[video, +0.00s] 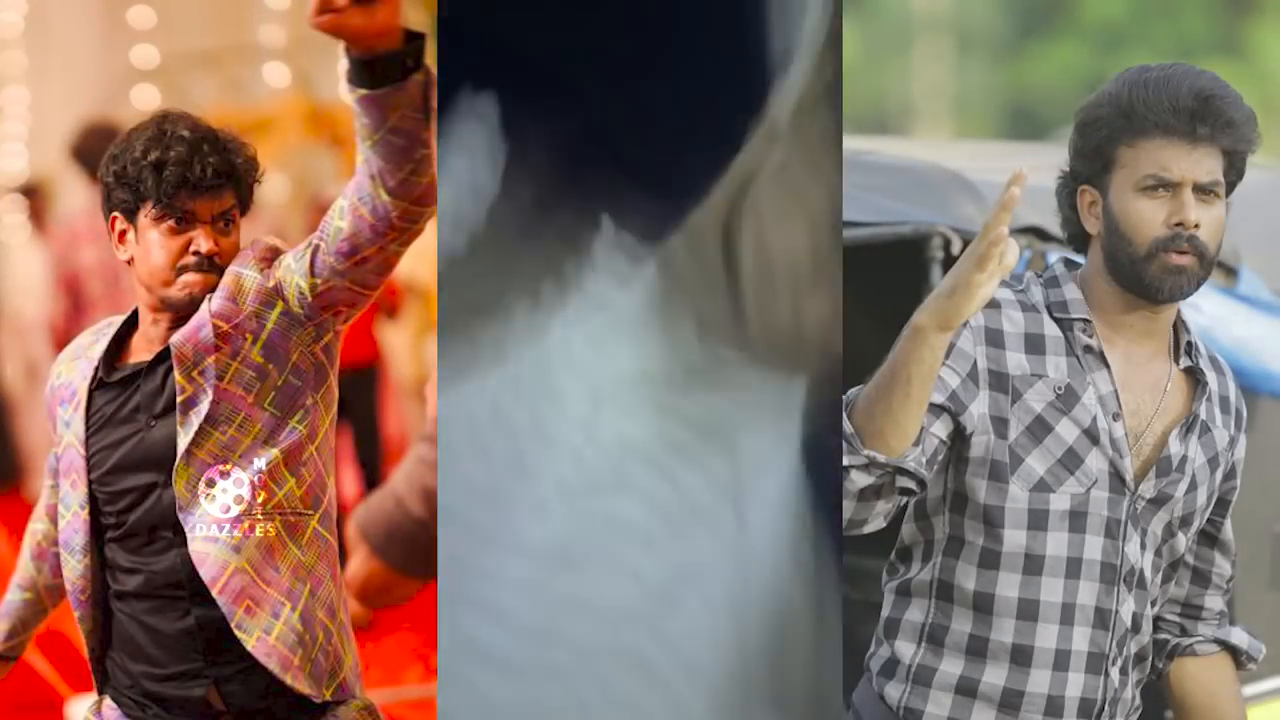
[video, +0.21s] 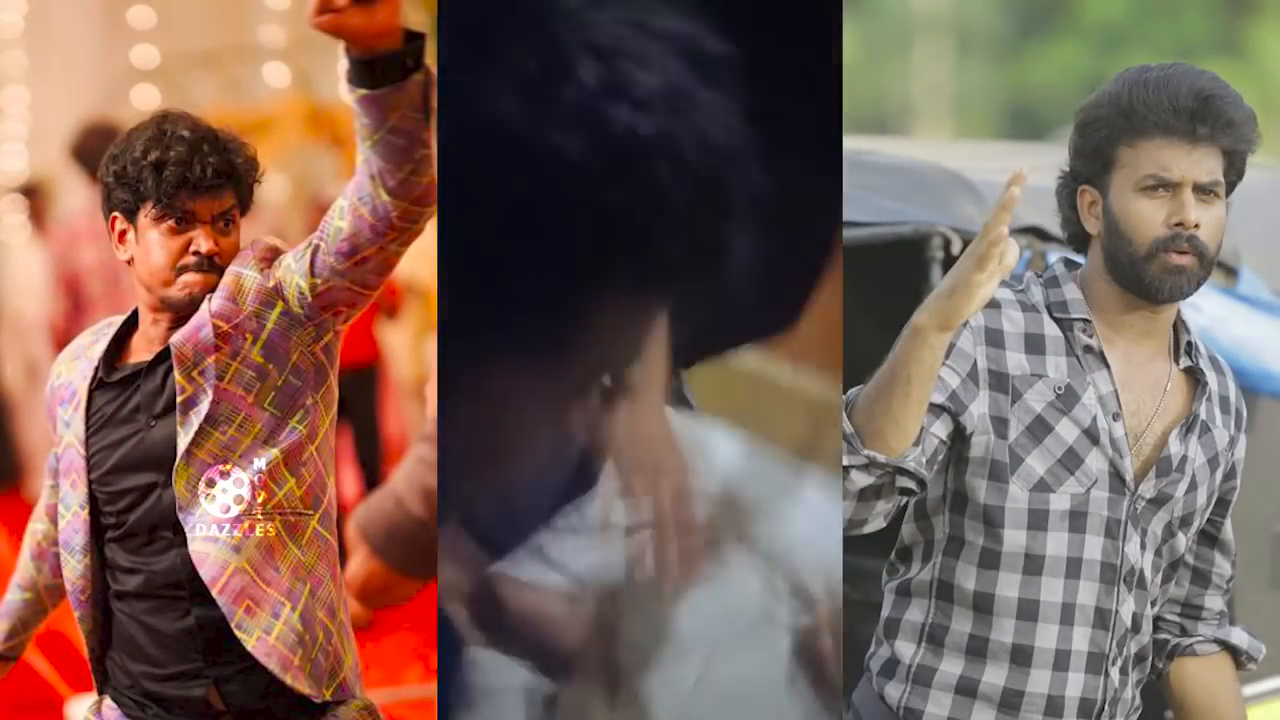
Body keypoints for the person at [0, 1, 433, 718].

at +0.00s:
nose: (206, 245)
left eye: (223, 222)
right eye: (179, 222)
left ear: (243, 230)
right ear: (122, 236)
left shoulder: (287, 312)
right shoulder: (76, 373)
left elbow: (394, 199)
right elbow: (56, 524)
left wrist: (380, 52)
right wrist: (7, 634)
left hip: (291, 700)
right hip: (140, 705)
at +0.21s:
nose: (206, 245)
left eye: (223, 222)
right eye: (179, 222)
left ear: (243, 230)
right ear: (123, 236)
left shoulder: (287, 312)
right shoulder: (76, 373)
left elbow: (394, 200)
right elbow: (56, 524)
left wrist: (380, 52)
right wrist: (7, 634)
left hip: (290, 700)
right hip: (140, 705)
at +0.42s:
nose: (206, 245)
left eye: (224, 222)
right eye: (179, 222)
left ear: (242, 230)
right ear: (122, 237)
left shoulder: (287, 312)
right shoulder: (76, 373)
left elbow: (393, 200)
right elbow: (56, 524)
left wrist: (380, 52)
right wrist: (8, 633)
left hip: (291, 700)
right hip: (140, 705)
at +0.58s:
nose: (206, 245)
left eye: (223, 222)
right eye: (179, 222)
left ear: (243, 230)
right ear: (122, 236)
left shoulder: (287, 312)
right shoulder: (76, 373)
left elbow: (394, 199)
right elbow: (56, 524)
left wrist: (380, 52)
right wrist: (7, 634)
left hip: (291, 701)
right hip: (140, 705)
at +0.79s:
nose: (206, 245)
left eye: (223, 222)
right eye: (179, 222)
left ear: (243, 230)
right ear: (122, 236)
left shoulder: (287, 312)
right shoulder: (76, 373)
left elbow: (394, 199)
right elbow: (56, 524)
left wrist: (380, 52)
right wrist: (7, 634)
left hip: (291, 700)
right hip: (140, 705)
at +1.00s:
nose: (206, 245)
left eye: (223, 222)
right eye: (179, 222)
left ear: (243, 230)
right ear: (122, 236)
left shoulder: (287, 312)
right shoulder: (76, 373)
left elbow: (394, 199)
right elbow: (56, 525)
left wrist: (380, 52)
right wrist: (7, 634)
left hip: (291, 700)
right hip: (140, 705)